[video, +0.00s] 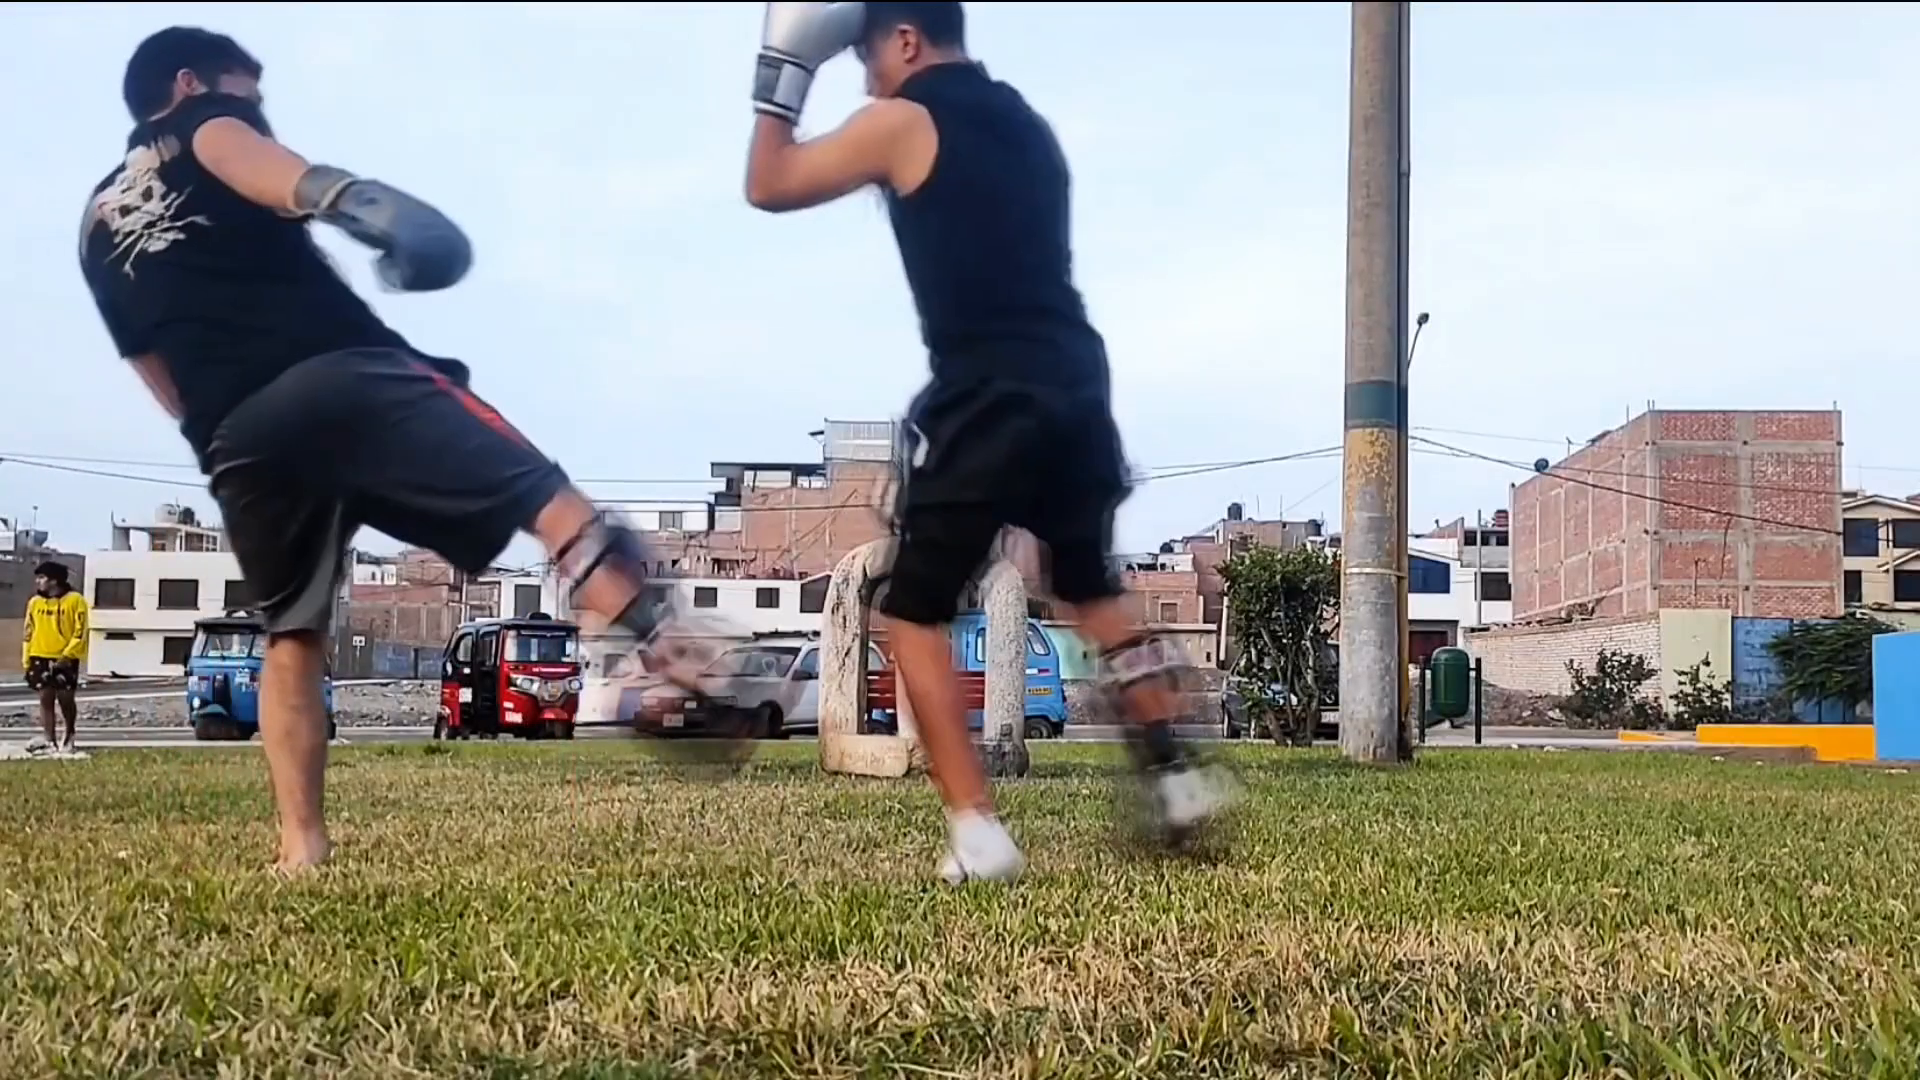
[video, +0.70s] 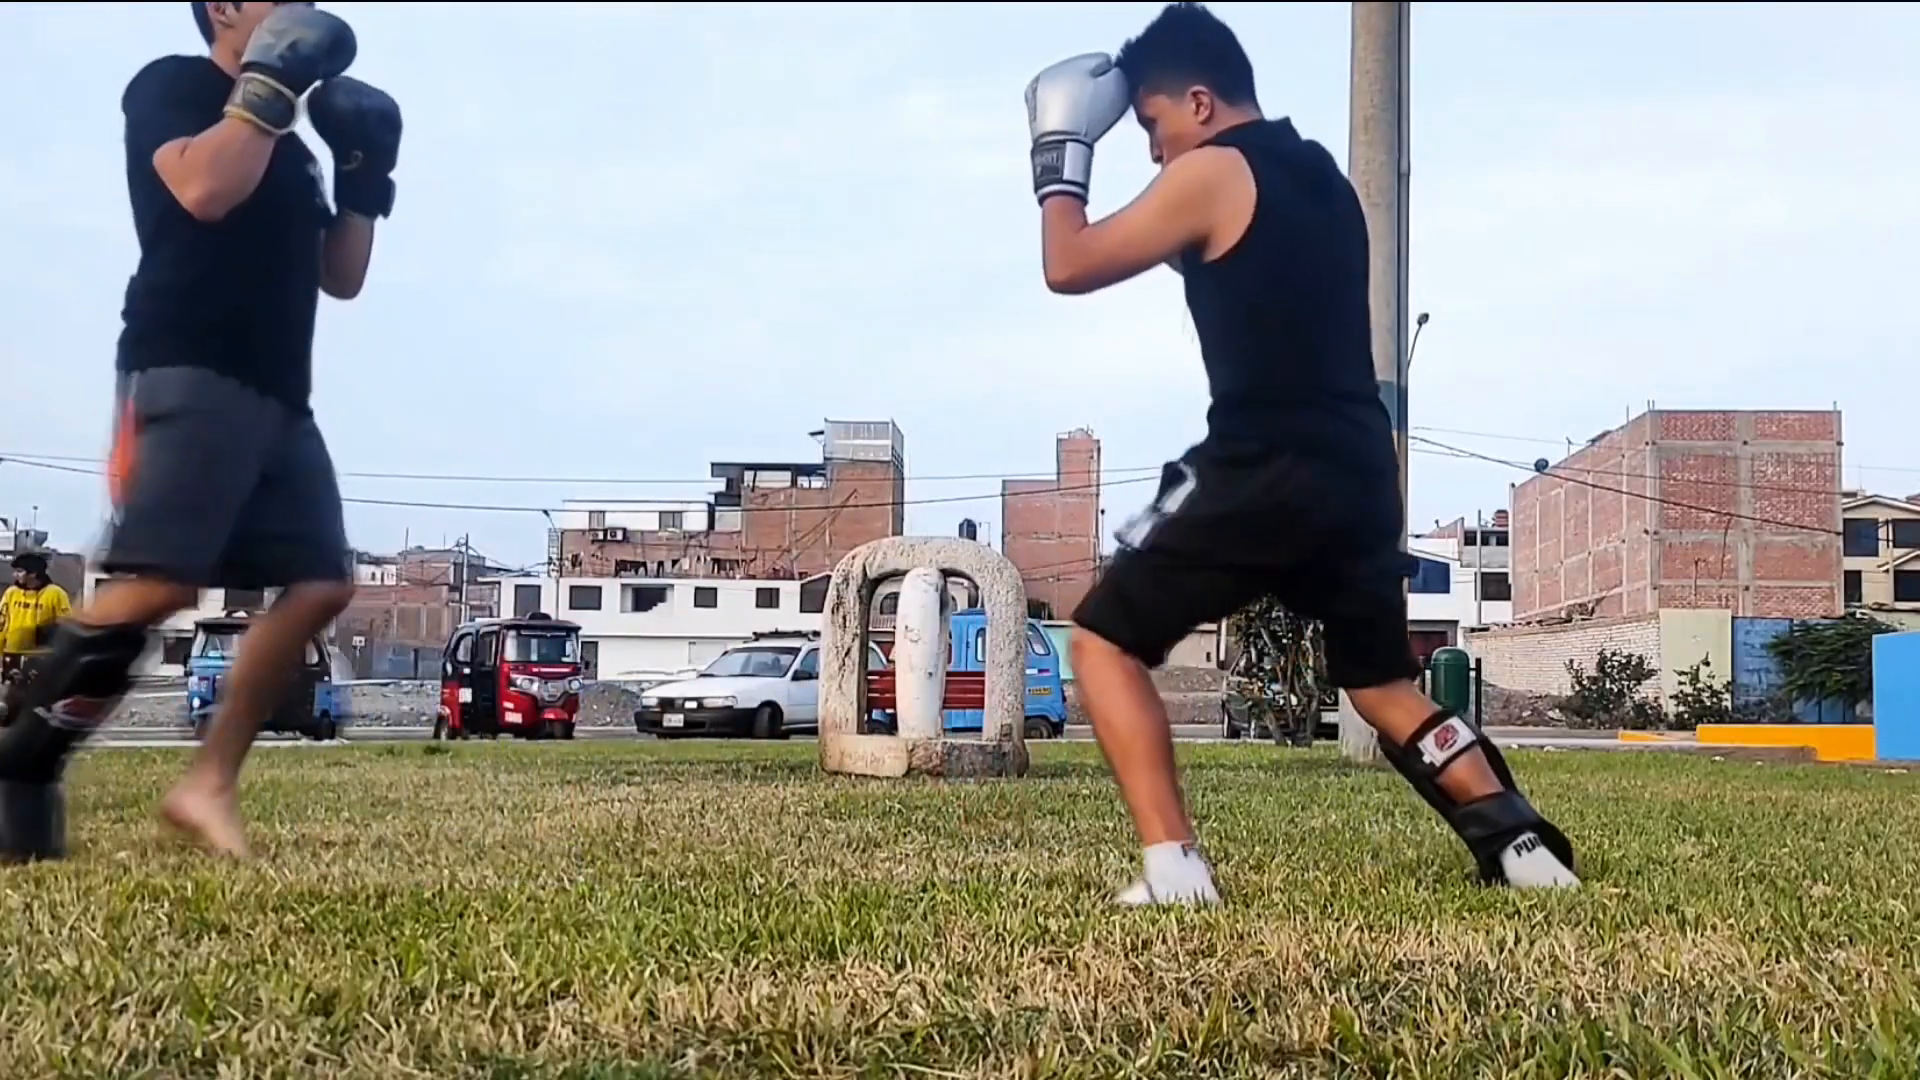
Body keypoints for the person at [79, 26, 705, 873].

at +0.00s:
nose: (258, 113)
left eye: (257, 100)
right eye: (247, 96)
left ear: (153, 101)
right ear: (187, 83)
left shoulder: (96, 225)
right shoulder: (204, 124)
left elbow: (169, 390)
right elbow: (250, 166)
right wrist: (352, 197)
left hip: (236, 437)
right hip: (334, 368)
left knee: (291, 639)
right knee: (543, 498)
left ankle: (301, 850)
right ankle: (671, 643)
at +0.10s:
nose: (300, 80)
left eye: (297, 66)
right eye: (287, 61)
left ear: (204, 73)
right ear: (229, 58)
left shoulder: (146, 199)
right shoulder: (244, 110)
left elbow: (194, 344)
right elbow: (280, 157)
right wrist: (436, 194)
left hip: (253, 423)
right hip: (349, 377)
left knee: (302, 633)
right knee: (534, 547)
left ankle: (299, 849)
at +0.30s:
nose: (371, 84)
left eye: (362, 66)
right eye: (351, 64)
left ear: (279, 79)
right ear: (292, 71)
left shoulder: (230, 185)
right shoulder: (308, 142)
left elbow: (317, 291)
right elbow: (343, 236)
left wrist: (400, 221)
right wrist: (465, 195)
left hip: (267, 447)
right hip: (345, 435)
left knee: (353, 631)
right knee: (480, 615)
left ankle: (212, 791)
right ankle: (470, 844)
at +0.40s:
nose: (361, 67)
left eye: (355, 51)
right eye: (341, 47)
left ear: (283, 59)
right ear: (278, 56)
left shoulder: (293, 161)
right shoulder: (259, 131)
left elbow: (346, 322)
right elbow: (299, 245)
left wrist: (397, 244)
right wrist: (398, 180)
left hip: (270, 424)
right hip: (298, 416)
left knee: (340, 648)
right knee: (405, 610)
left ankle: (174, 824)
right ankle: (455, 843)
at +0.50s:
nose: (339, 53)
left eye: (337, 37)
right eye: (317, 34)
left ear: (279, 54)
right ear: (255, 50)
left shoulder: (308, 160)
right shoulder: (219, 127)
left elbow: (369, 307)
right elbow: (265, 223)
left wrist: (395, 203)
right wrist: (338, 117)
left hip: (284, 403)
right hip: (239, 400)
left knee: (308, 642)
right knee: (363, 569)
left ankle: (170, 828)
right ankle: (325, 820)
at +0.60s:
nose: (311, 22)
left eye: (314, 11)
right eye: (291, 8)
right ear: (234, 21)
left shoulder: (302, 154)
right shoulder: (195, 97)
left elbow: (361, 284)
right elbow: (236, 193)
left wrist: (381, 178)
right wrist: (299, 84)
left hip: (282, 386)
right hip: (214, 372)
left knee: (287, 597)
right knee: (277, 570)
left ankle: (177, 803)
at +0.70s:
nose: (296, 20)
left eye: (300, 10)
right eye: (281, 5)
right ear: (223, 11)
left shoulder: (290, 147)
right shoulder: (174, 82)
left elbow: (343, 277)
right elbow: (203, 190)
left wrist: (366, 172)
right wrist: (270, 80)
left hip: (278, 399)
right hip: (189, 378)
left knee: (319, 584)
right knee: (160, 580)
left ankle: (209, 784)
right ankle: (24, 748)